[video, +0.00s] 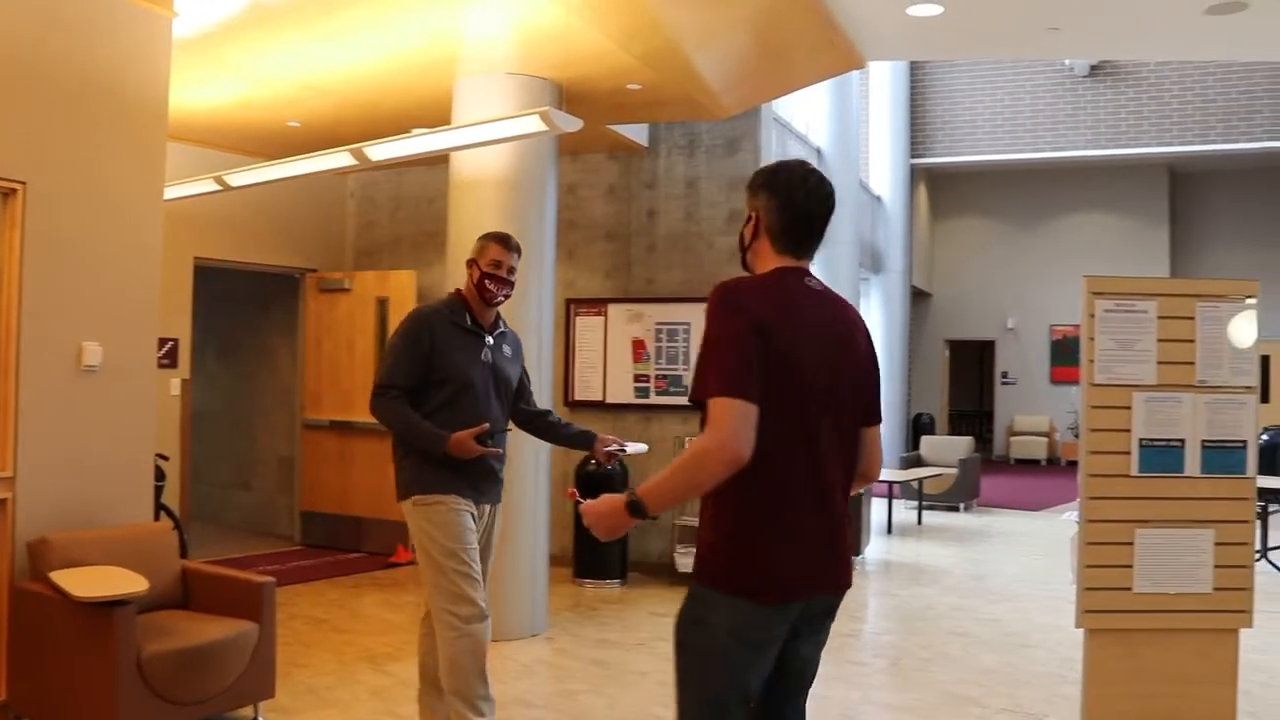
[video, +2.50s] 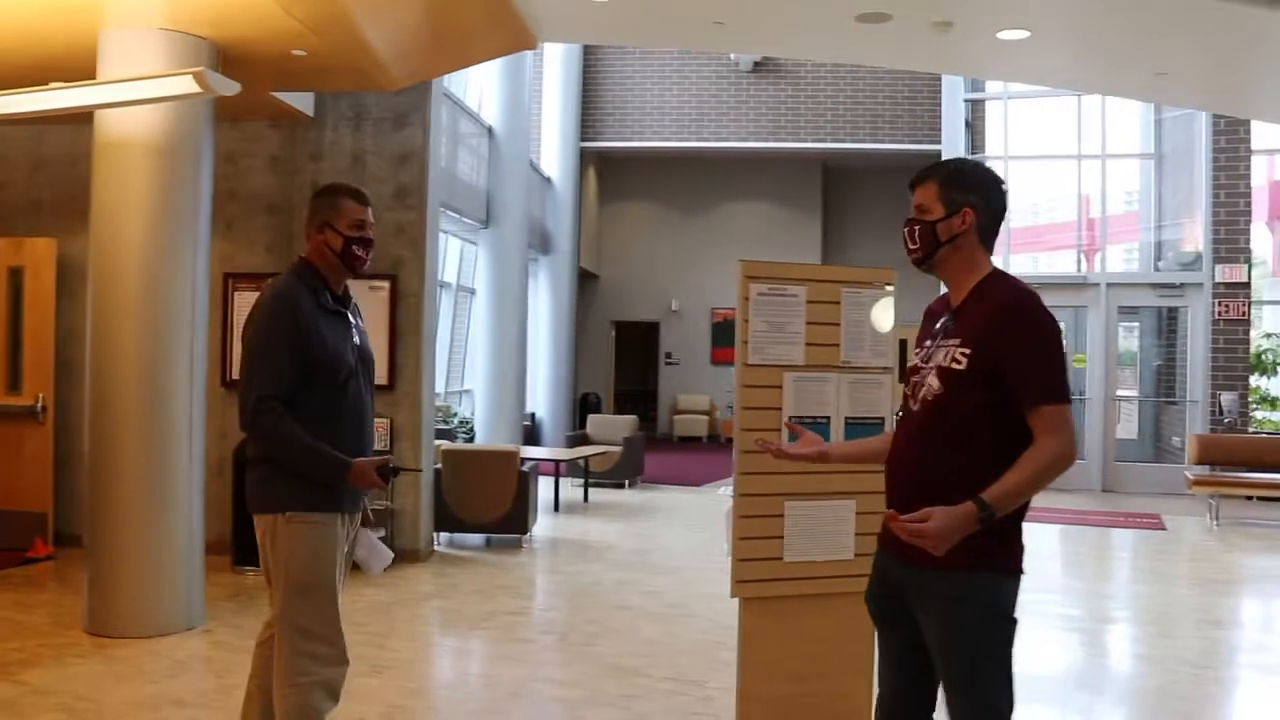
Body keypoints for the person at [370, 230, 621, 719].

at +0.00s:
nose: (499, 280)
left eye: (508, 274)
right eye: (492, 269)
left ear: (515, 281)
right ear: (470, 267)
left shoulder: (508, 341)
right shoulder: (426, 323)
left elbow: (528, 413)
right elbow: (385, 400)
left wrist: (592, 440)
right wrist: (443, 440)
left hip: (484, 493)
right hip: (434, 489)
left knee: (448, 612)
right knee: (466, 612)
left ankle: (437, 713)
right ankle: (473, 714)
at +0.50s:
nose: (485, 268)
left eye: (490, 259)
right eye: (474, 258)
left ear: (494, 264)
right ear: (444, 260)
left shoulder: (479, 326)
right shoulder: (414, 325)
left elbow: (494, 404)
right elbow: (384, 425)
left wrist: (549, 425)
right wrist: (462, 462)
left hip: (476, 503)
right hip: (431, 508)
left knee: (440, 633)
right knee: (459, 643)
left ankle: (385, 713)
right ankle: (446, 717)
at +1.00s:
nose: (458, 265)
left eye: (464, 256)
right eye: (448, 254)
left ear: (466, 259)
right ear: (416, 251)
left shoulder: (448, 320)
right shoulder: (382, 317)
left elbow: (462, 404)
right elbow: (350, 420)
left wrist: (520, 424)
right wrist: (431, 463)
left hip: (456, 508)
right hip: (399, 515)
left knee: (464, 641)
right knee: (397, 653)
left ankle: (469, 717)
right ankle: (378, 718)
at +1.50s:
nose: (443, 257)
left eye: (448, 249)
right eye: (433, 247)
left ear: (451, 255)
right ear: (402, 247)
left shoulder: (435, 320)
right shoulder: (365, 311)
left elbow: (452, 411)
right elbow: (335, 404)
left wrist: (521, 438)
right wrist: (415, 441)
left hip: (439, 504)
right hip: (386, 504)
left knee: (419, 638)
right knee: (372, 640)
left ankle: (402, 711)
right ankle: (333, 716)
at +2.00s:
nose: (406, 256)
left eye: (412, 249)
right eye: (398, 245)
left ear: (412, 253)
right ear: (366, 240)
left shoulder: (386, 316)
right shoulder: (320, 301)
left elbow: (395, 414)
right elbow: (279, 393)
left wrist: (446, 469)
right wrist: (357, 445)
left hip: (371, 495)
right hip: (324, 494)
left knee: (330, 632)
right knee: (342, 638)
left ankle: (318, 714)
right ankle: (348, 716)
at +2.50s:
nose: (368, 242)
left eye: (371, 233)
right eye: (357, 231)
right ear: (319, 233)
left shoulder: (339, 302)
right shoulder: (285, 300)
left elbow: (335, 406)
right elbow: (260, 414)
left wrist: (355, 489)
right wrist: (346, 468)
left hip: (327, 501)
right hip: (296, 502)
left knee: (287, 641)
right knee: (313, 656)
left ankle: (261, 715)